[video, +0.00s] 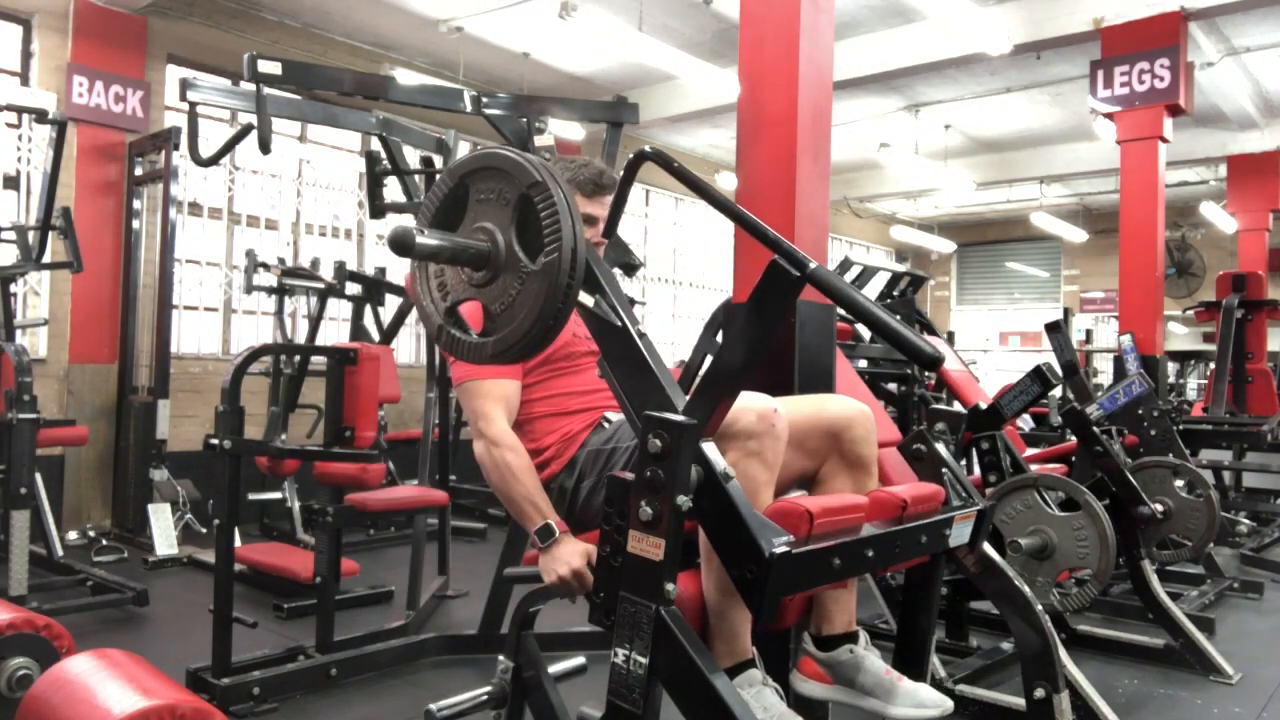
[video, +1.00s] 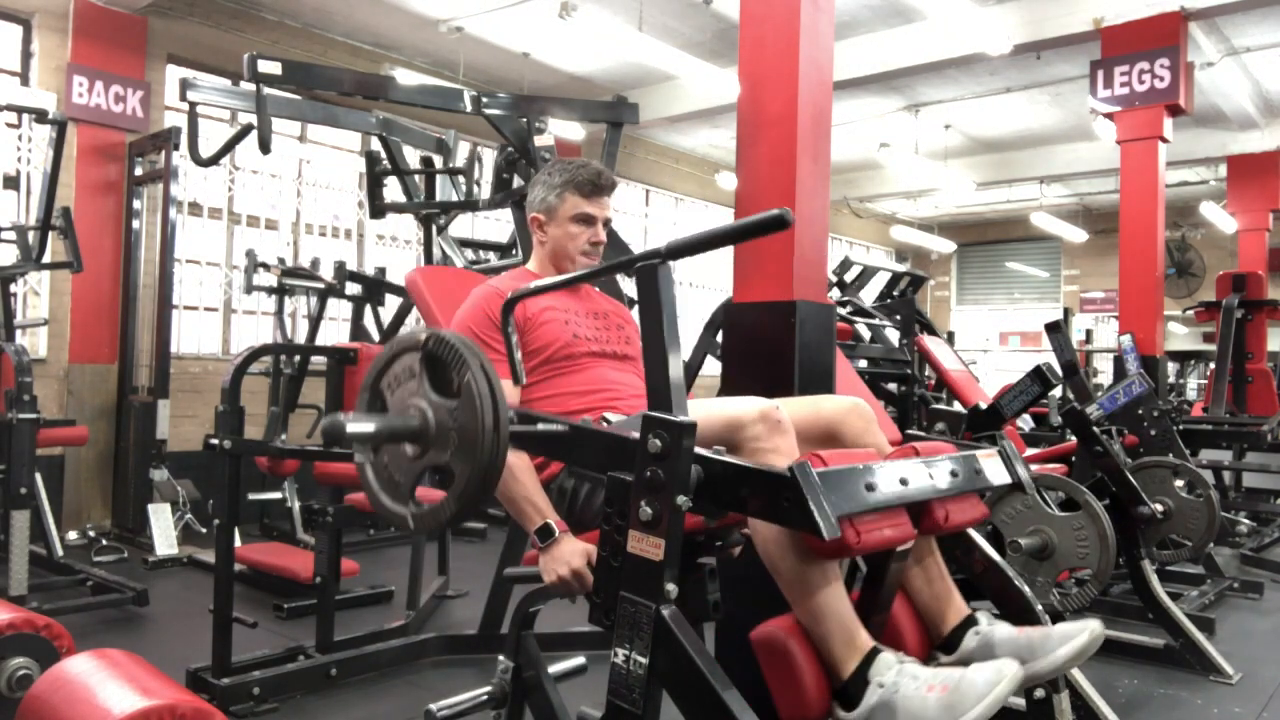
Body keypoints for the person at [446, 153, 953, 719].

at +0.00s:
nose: (600, 242)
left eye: (605, 228)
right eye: (588, 225)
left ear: (606, 227)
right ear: (545, 220)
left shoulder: (582, 297)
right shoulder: (494, 301)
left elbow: (613, 397)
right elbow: (492, 436)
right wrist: (549, 536)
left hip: (643, 441)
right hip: (583, 463)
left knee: (849, 425)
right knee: (756, 425)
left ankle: (834, 642)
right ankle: (734, 662)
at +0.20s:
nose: (597, 241)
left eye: (600, 227)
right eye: (583, 224)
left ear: (600, 232)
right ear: (537, 224)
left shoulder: (604, 303)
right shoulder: (499, 304)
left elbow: (640, 391)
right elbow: (490, 435)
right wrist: (549, 536)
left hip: (654, 440)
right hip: (587, 463)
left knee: (850, 424)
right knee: (754, 427)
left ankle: (848, 645)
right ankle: (745, 669)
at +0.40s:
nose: (599, 239)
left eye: (605, 228)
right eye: (586, 224)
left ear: (605, 236)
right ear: (539, 226)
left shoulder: (610, 306)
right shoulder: (502, 299)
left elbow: (649, 392)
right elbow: (490, 436)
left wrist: (717, 412)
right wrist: (550, 538)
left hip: (653, 445)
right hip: (585, 467)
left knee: (851, 423)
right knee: (755, 429)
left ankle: (877, 644)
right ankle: (768, 678)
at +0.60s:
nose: (600, 243)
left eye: (605, 231)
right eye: (585, 230)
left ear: (608, 234)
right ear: (538, 226)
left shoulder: (612, 307)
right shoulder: (501, 294)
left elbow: (650, 400)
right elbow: (487, 428)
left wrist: (715, 435)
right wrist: (552, 537)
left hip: (656, 448)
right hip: (584, 469)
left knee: (852, 418)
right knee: (758, 424)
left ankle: (906, 648)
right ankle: (805, 684)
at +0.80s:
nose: (600, 237)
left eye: (605, 227)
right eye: (585, 224)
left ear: (604, 231)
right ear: (539, 224)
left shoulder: (611, 306)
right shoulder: (498, 299)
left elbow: (652, 403)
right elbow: (484, 425)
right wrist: (553, 536)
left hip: (662, 443)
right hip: (586, 464)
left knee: (853, 419)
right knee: (760, 428)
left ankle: (934, 642)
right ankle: (834, 683)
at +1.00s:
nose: (597, 236)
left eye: (604, 225)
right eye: (583, 223)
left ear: (603, 230)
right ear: (538, 222)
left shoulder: (613, 305)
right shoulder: (496, 299)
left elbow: (657, 400)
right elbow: (486, 423)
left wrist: (732, 413)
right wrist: (552, 534)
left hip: (665, 437)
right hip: (587, 457)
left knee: (852, 416)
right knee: (762, 431)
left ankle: (960, 634)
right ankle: (862, 677)